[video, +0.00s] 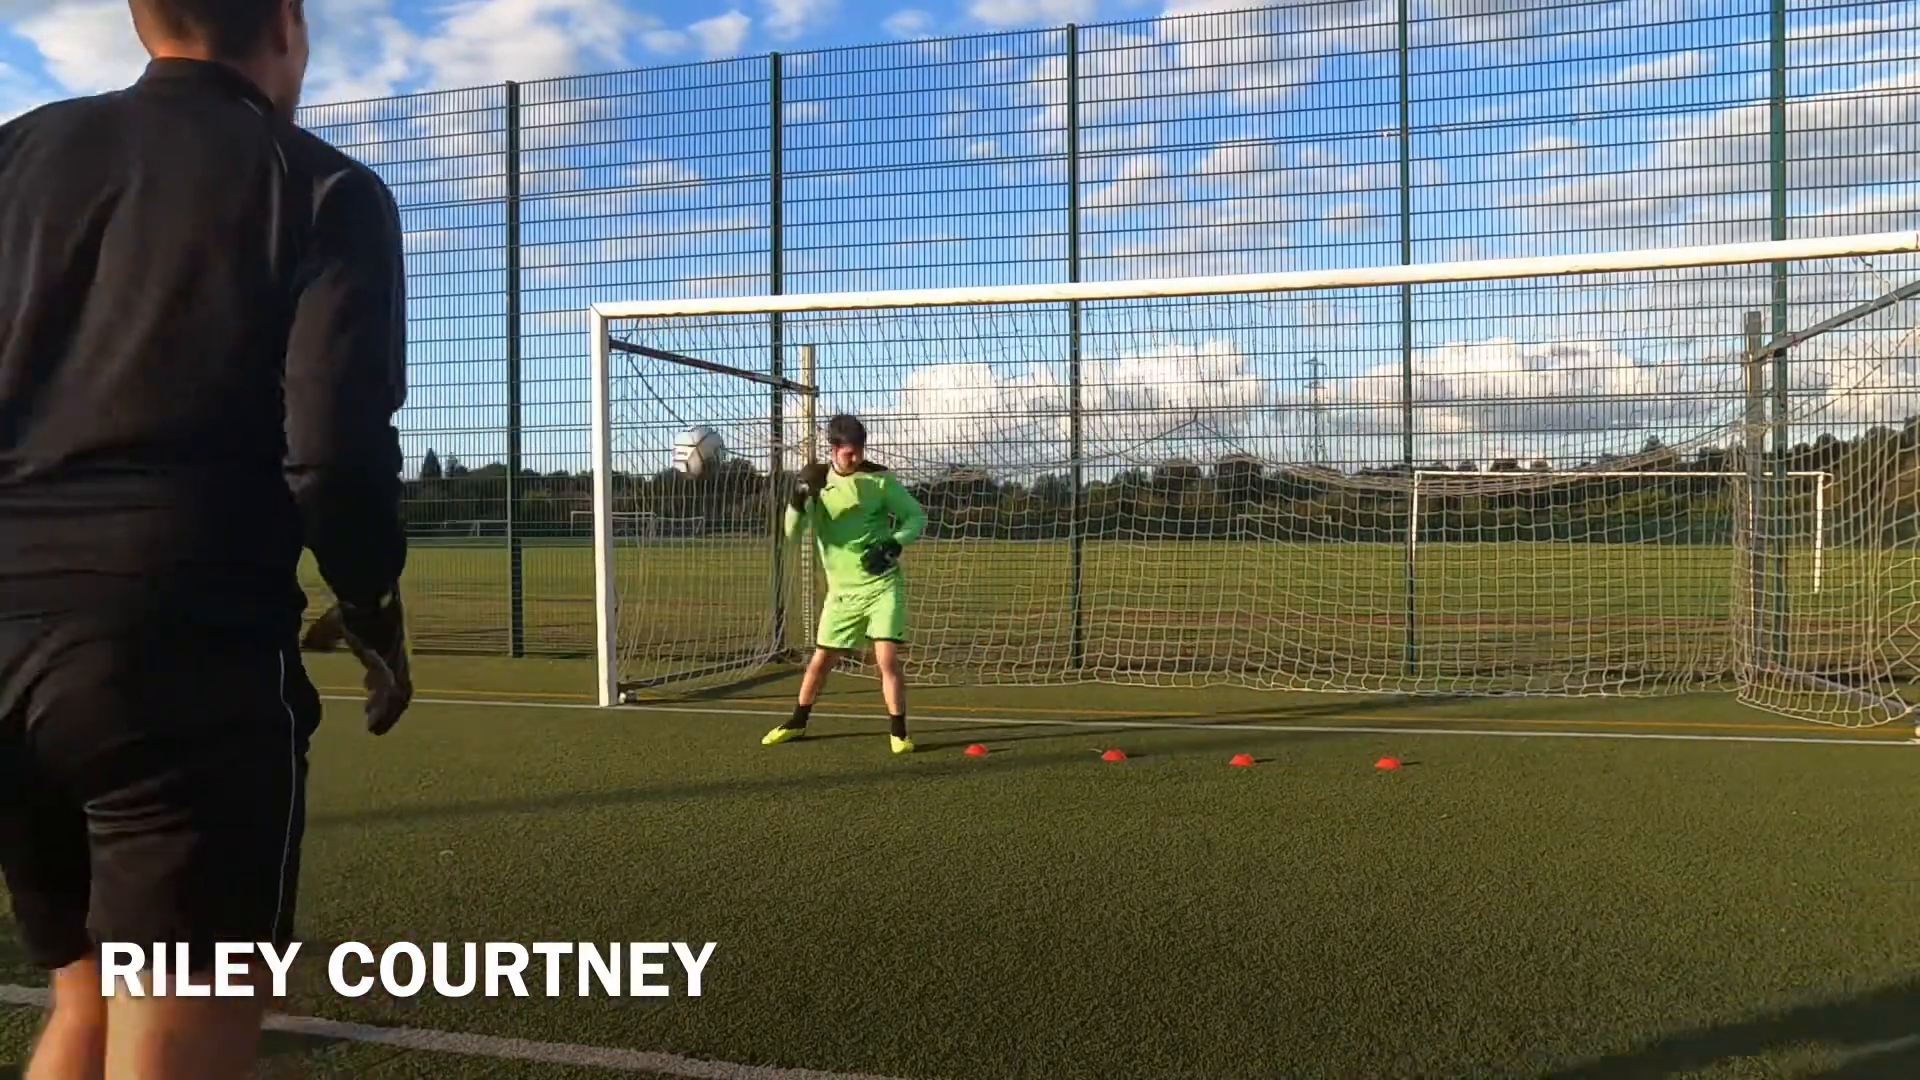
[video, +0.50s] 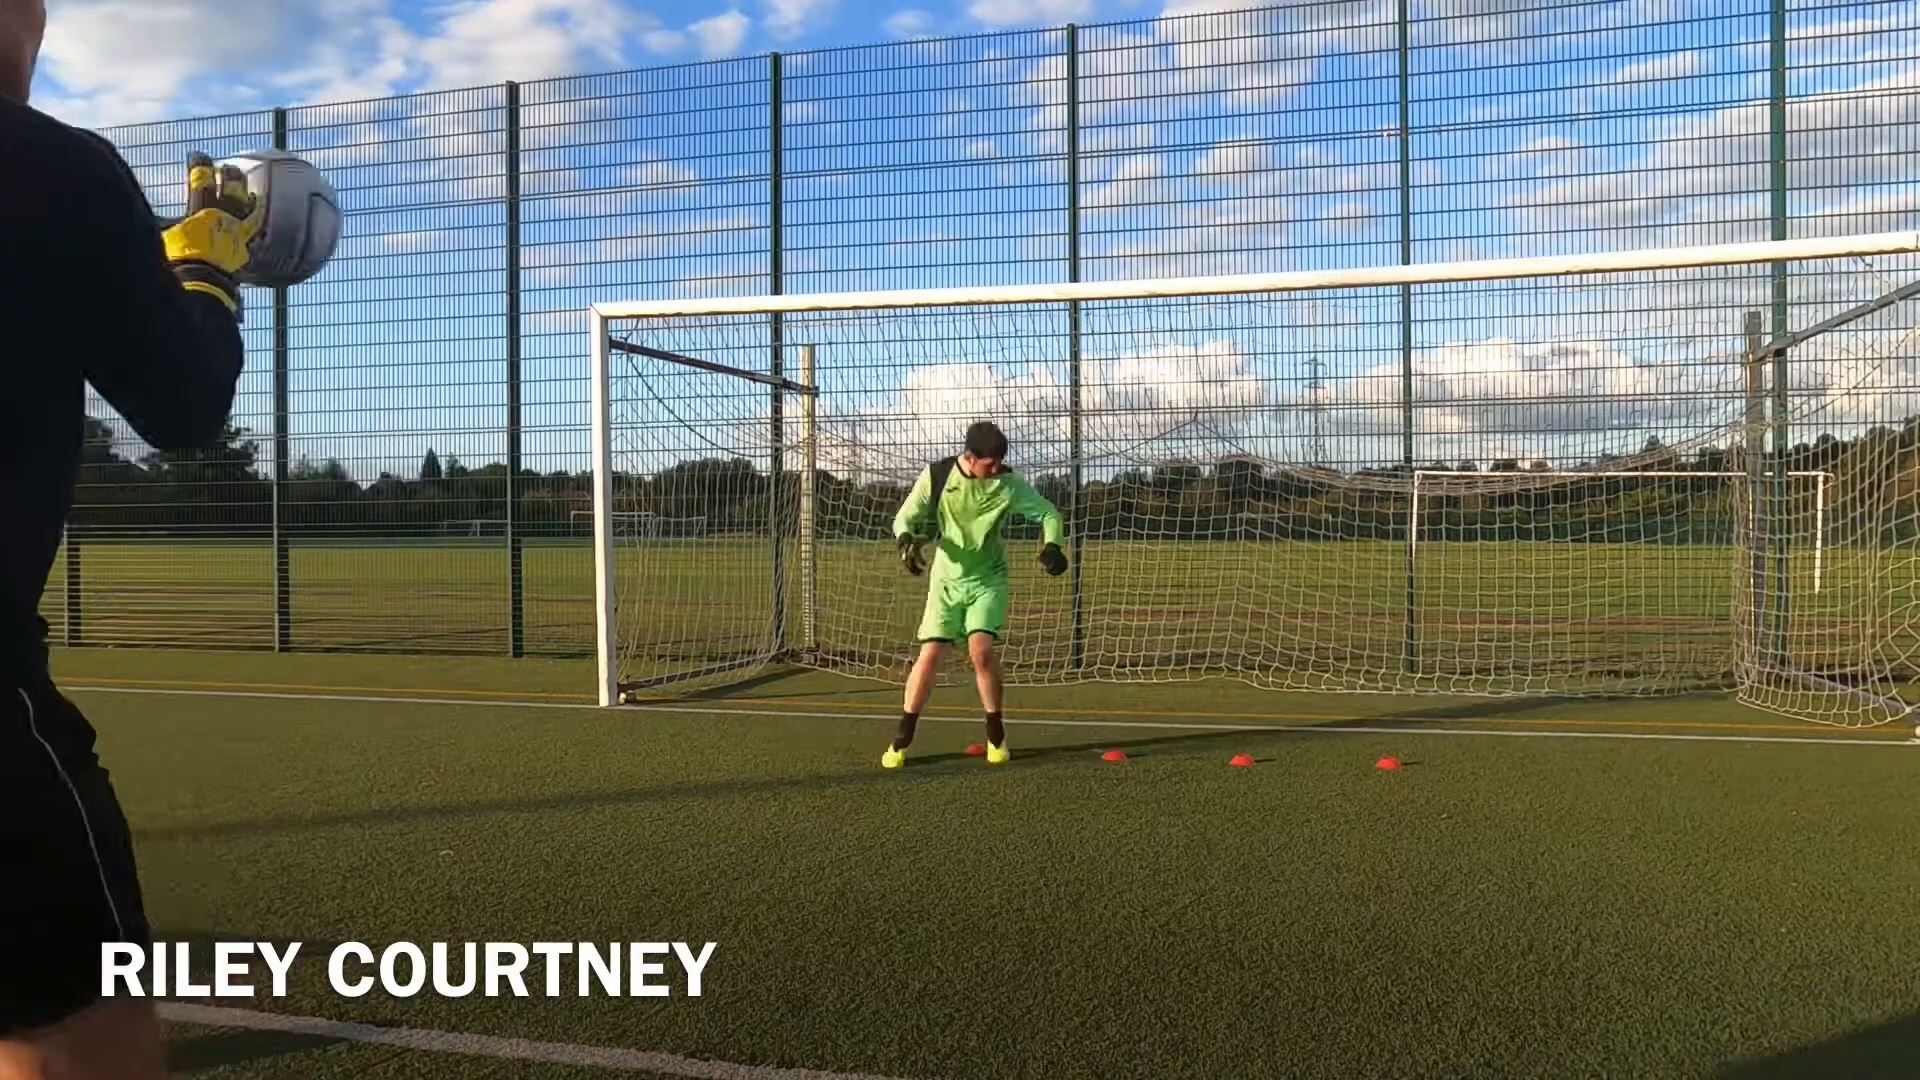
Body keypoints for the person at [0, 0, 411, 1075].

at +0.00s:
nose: (305, 48)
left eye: (301, 30)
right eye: (304, 28)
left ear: (147, 30)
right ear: (286, 23)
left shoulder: (15, 153)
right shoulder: (325, 188)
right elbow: (333, 450)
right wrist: (369, 600)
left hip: (5, 626)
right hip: (181, 635)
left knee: (83, 994)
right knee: (181, 1024)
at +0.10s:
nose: (269, 50)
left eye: (267, 33)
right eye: (268, 29)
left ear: (108, 22)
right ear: (248, 20)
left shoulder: (5, 131)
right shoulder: (294, 178)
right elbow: (330, 447)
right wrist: (353, 585)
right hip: (169, 630)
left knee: (25, 1005)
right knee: (169, 1021)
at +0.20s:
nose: (220, 35)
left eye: (216, 17)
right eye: (219, 14)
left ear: (56, 14)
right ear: (195, 12)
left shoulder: (5, 110)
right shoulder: (248, 165)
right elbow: (334, 474)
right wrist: (330, 495)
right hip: (131, 626)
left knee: (5, 1004)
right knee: (148, 1045)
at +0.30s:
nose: (159, 36)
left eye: (157, 18)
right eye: (158, 15)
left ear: (12, 11)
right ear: (129, 12)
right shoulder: (196, 160)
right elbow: (311, 437)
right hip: (87, 647)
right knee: (137, 1049)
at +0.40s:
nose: (99, 25)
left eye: (95, 6)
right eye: (93, 5)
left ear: (8, 18)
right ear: (52, 13)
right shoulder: (124, 169)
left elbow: (257, 415)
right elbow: (259, 416)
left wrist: (218, 279)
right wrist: (251, 284)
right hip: (46, 668)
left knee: (130, 1044)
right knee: (128, 1048)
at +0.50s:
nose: (40, 28)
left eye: (38, 10)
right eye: (33, 9)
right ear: (11, 21)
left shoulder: (60, 174)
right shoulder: (56, 173)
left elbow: (173, 405)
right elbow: (180, 405)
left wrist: (176, 263)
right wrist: (212, 264)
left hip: (18, 680)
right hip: (11, 689)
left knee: (55, 1016)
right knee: (89, 1024)